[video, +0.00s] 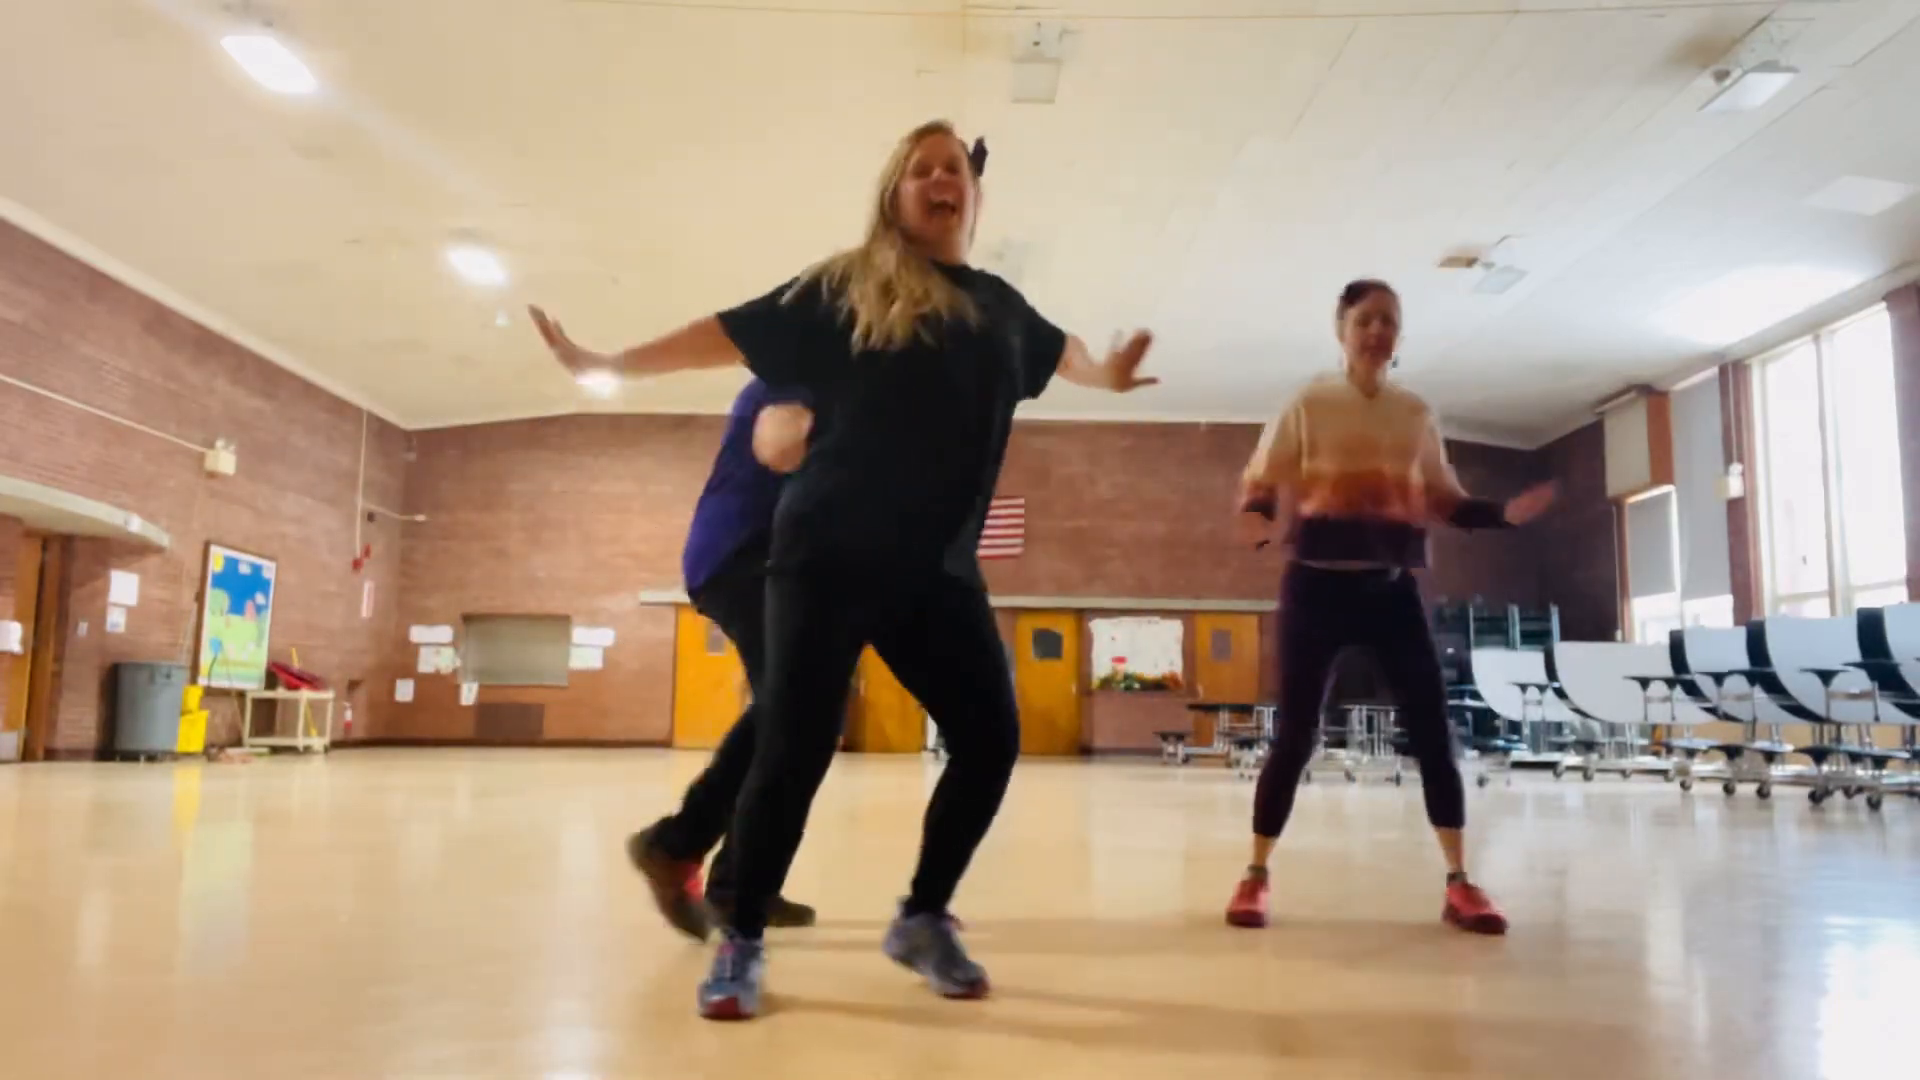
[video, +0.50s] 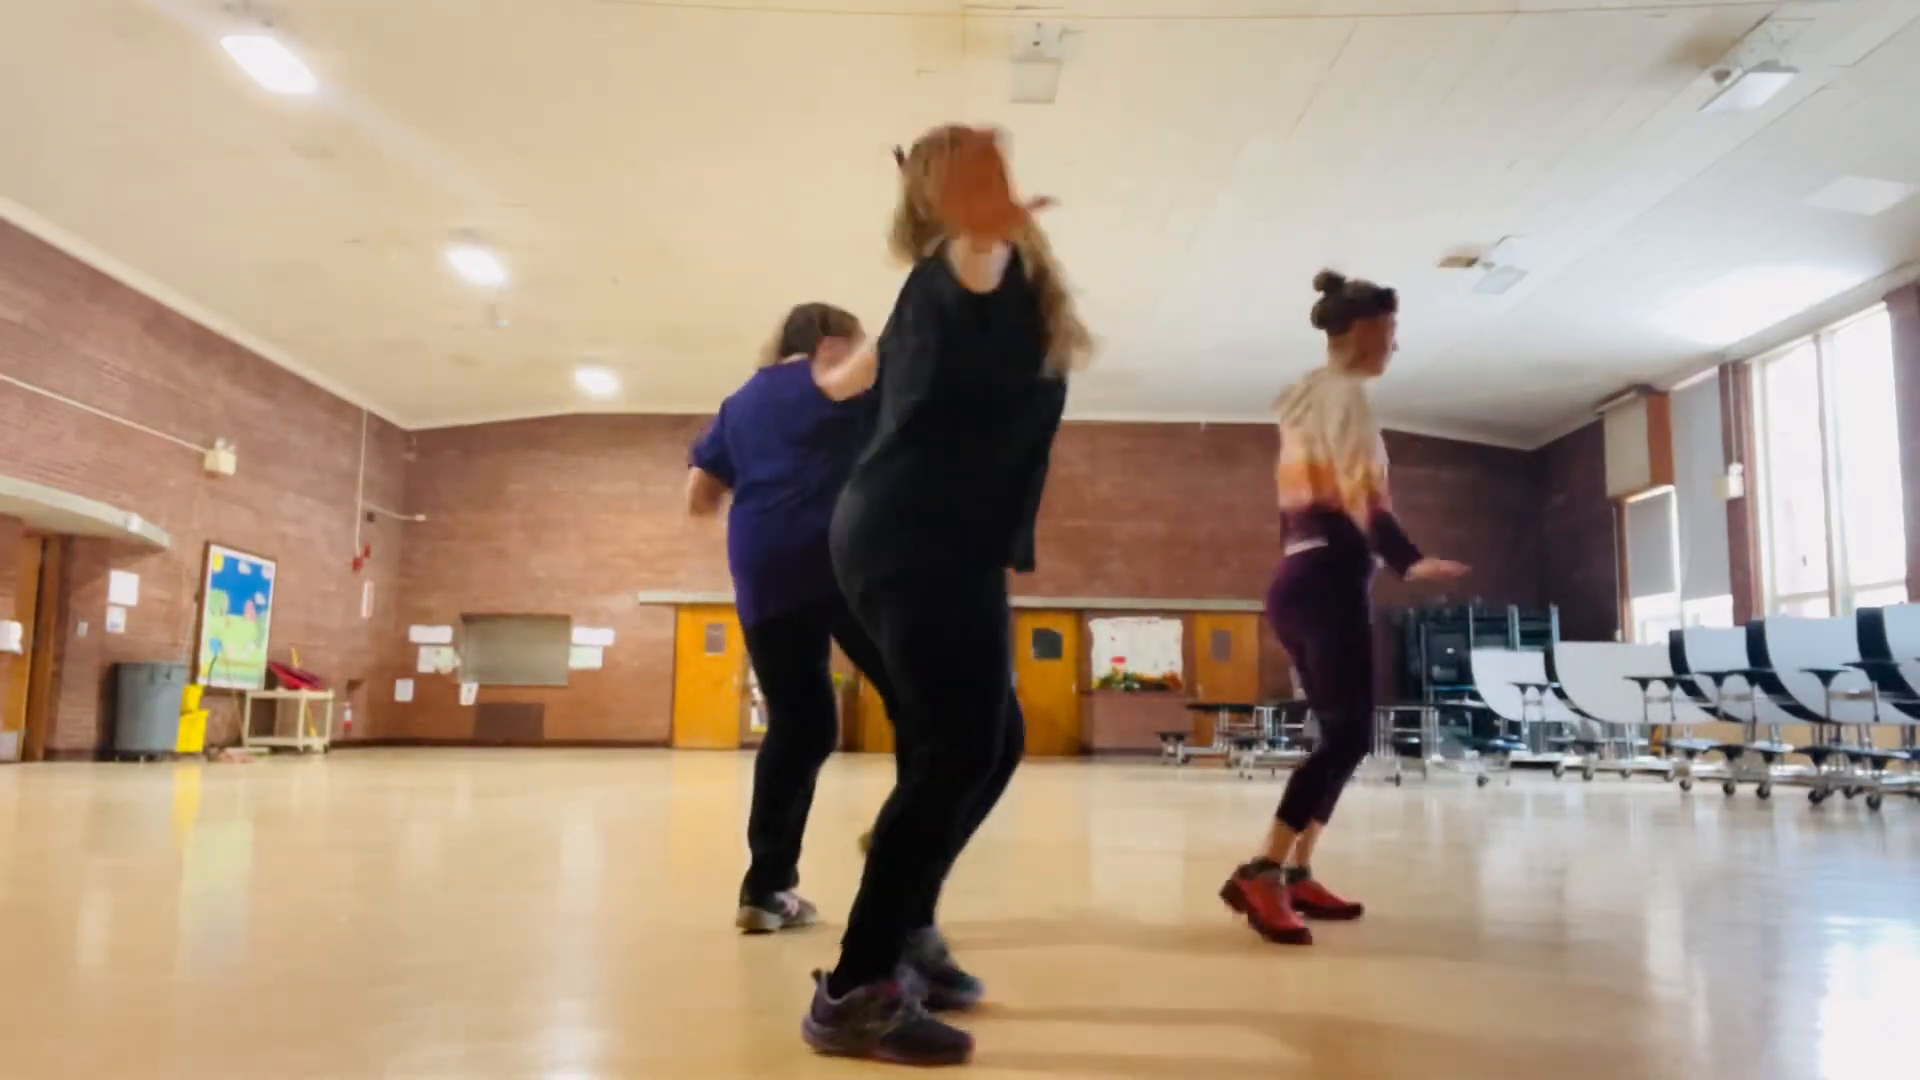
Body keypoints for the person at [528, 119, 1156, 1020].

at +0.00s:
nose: (942, 180)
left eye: (956, 169)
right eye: (925, 169)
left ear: (977, 194)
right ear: (894, 195)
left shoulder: (999, 306)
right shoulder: (844, 288)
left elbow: (1066, 353)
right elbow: (721, 335)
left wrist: (1112, 371)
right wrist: (603, 362)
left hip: (932, 564)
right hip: (823, 550)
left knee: (989, 739)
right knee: (797, 742)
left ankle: (923, 918)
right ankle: (738, 940)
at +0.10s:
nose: (964, 183)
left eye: (974, 173)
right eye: (943, 171)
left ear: (983, 201)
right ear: (901, 195)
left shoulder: (985, 311)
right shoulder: (850, 290)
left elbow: (1038, 360)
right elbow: (730, 315)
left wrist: (1075, 368)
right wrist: (606, 325)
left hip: (933, 580)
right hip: (836, 568)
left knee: (976, 754)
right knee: (826, 743)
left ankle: (866, 941)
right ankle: (725, 935)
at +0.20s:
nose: (1005, 190)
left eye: (997, 177)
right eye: (988, 178)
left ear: (954, 200)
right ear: (940, 197)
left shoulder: (972, 309)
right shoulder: (868, 280)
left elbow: (952, 408)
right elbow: (763, 290)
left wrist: (1022, 383)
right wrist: (650, 279)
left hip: (942, 573)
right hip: (859, 562)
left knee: (957, 751)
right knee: (891, 736)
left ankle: (861, 950)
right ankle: (755, 902)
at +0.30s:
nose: (1004, 188)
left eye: (996, 173)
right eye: (988, 173)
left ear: (953, 193)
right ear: (948, 189)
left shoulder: (977, 296)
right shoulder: (907, 262)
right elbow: (824, 267)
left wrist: (984, 508)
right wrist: (738, 249)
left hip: (921, 546)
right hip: (861, 540)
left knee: (926, 727)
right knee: (951, 708)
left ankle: (867, 934)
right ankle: (824, 915)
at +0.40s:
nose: (863, 368)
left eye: (864, 359)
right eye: (861, 357)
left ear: (791, 348)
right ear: (843, 351)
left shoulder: (746, 408)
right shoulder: (849, 392)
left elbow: (715, 511)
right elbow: (878, 480)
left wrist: (780, 497)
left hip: (757, 585)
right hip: (832, 580)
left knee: (798, 730)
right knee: (874, 730)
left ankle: (768, 888)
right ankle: (855, 887)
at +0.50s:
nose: (859, 359)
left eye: (858, 351)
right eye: (855, 348)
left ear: (784, 346)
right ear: (829, 342)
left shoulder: (742, 401)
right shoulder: (849, 375)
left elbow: (701, 499)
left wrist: (760, 474)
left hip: (764, 579)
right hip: (846, 570)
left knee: (801, 726)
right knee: (920, 708)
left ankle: (766, 889)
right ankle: (904, 841)